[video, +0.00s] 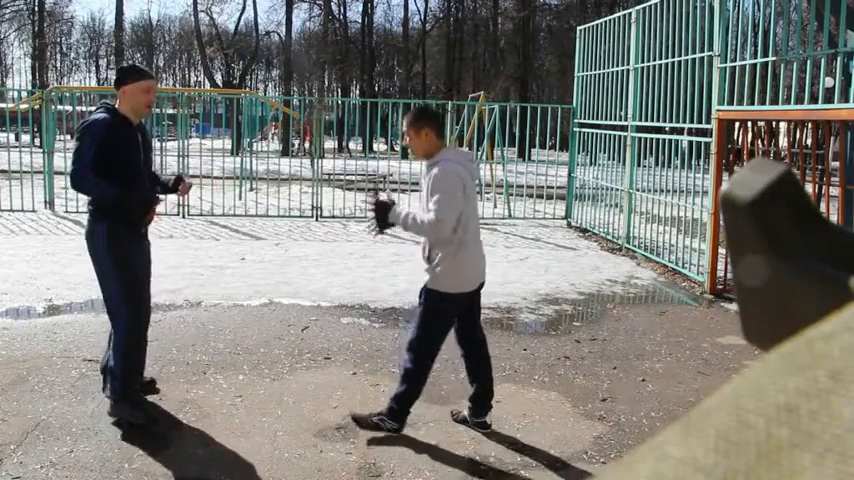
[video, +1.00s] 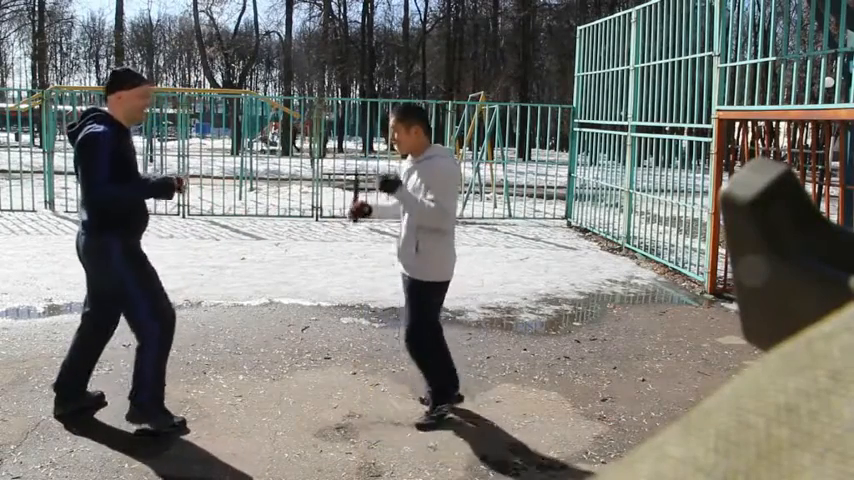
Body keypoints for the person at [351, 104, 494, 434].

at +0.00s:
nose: (406, 143)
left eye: (409, 135)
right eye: (405, 136)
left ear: (427, 134)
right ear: (431, 135)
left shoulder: (444, 173)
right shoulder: (454, 164)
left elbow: (440, 227)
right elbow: (434, 216)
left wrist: (396, 216)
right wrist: (398, 215)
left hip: (448, 279)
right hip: (469, 275)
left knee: (420, 352)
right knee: (473, 344)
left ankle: (393, 417)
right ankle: (479, 412)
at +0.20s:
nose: (389, 145)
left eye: (392, 138)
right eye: (388, 138)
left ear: (410, 136)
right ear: (412, 136)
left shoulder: (425, 176)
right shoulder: (436, 165)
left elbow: (434, 233)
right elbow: (425, 214)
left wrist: (384, 227)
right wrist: (390, 210)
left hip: (431, 281)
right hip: (451, 277)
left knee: (406, 351)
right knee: (454, 342)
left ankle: (390, 419)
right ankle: (476, 408)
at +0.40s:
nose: (373, 145)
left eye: (376, 137)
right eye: (372, 138)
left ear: (395, 135)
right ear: (397, 136)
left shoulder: (412, 175)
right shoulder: (426, 163)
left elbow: (409, 230)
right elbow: (418, 223)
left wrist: (364, 216)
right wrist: (371, 219)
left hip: (422, 276)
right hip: (443, 271)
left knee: (401, 346)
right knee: (430, 328)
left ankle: (389, 418)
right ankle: (463, 388)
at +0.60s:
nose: (375, 144)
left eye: (379, 136)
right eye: (375, 137)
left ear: (398, 135)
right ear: (401, 135)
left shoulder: (412, 173)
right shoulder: (426, 164)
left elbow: (393, 226)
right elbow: (416, 213)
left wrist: (346, 233)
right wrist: (379, 209)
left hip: (420, 275)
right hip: (437, 270)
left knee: (398, 345)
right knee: (428, 329)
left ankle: (389, 419)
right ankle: (449, 389)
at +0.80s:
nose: (385, 143)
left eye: (388, 136)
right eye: (384, 137)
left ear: (407, 135)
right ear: (407, 136)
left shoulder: (422, 172)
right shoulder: (422, 163)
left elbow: (428, 228)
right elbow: (413, 215)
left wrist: (387, 231)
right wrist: (376, 210)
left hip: (427, 274)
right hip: (438, 269)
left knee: (400, 342)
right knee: (437, 332)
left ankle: (392, 415)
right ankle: (452, 393)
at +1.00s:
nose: (392, 138)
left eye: (396, 132)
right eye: (391, 132)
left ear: (416, 131)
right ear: (411, 133)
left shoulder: (441, 166)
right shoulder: (414, 164)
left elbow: (442, 217)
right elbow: (407, 209)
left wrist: (401, 192)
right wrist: (371, 210)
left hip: (431, 269)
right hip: (416, 266)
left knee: (418, 338)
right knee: (426, 331)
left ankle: (444, 400)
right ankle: (445, 389)